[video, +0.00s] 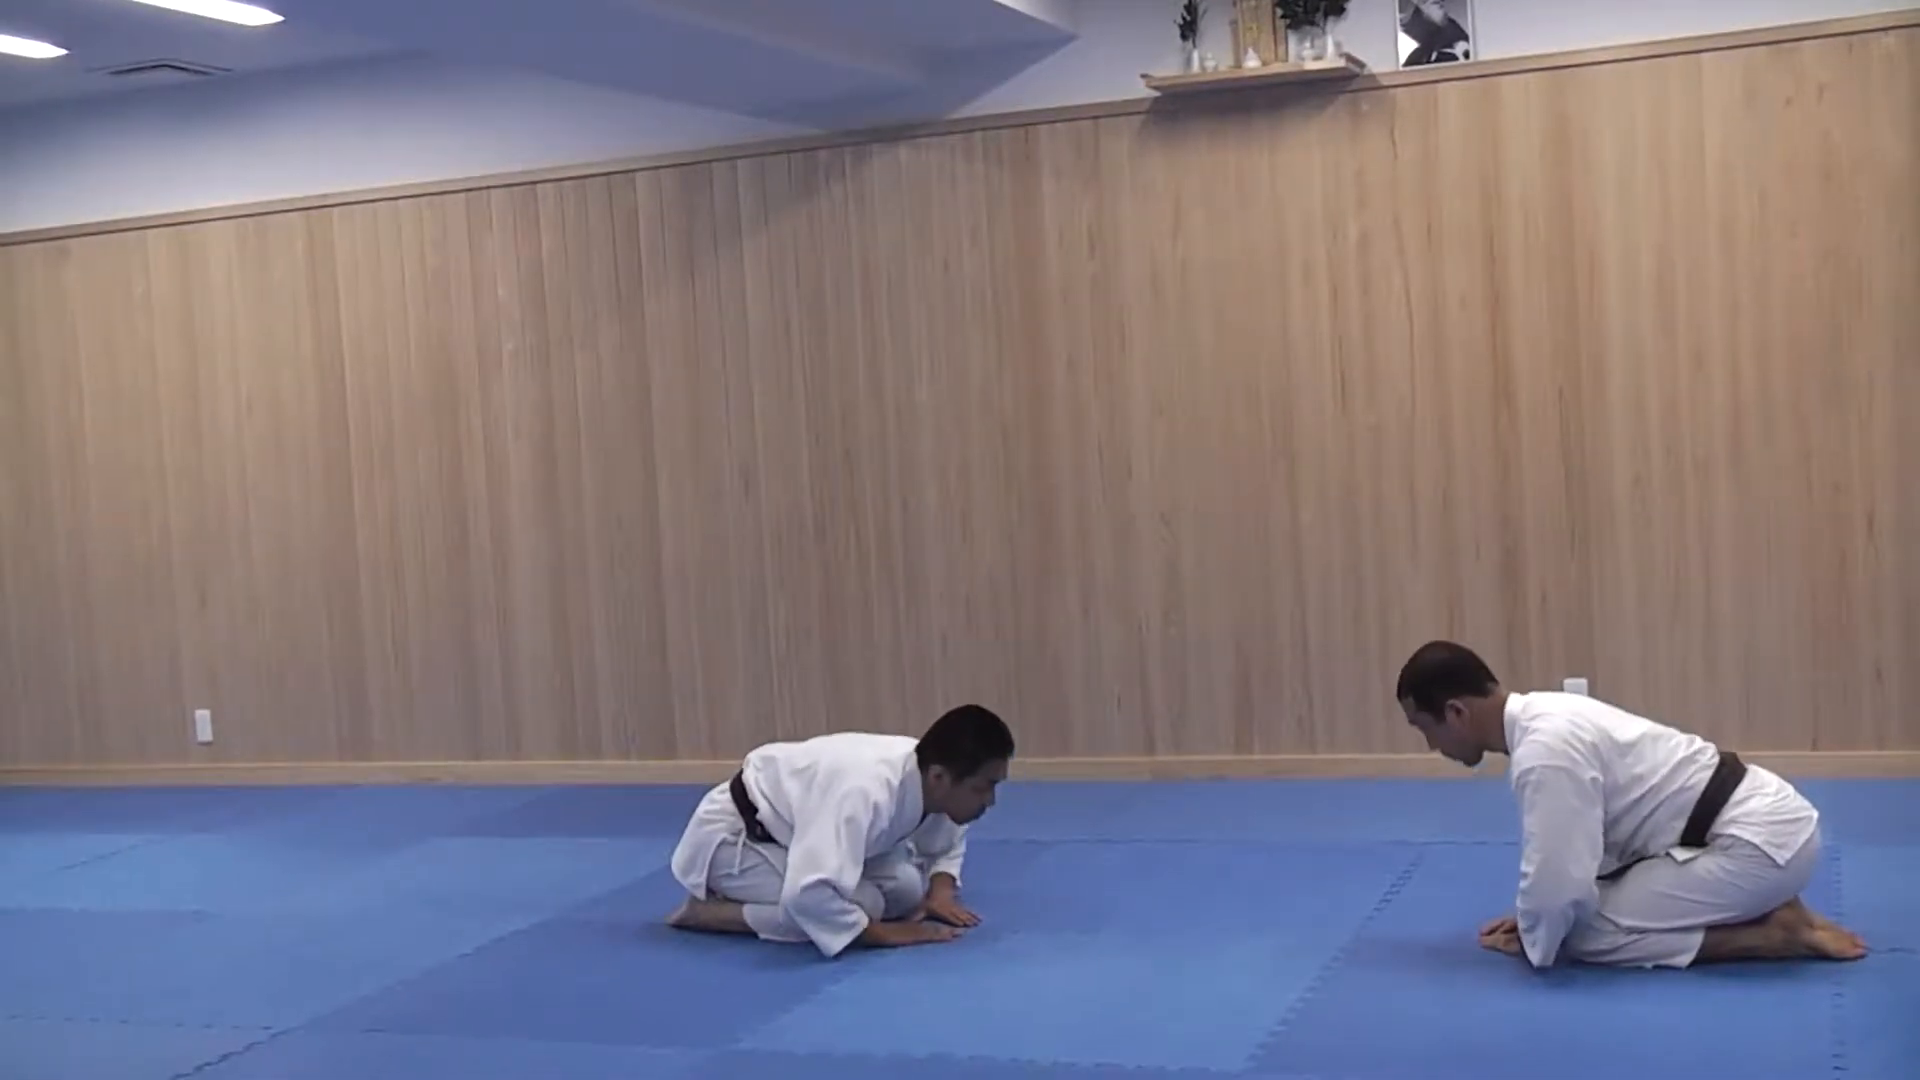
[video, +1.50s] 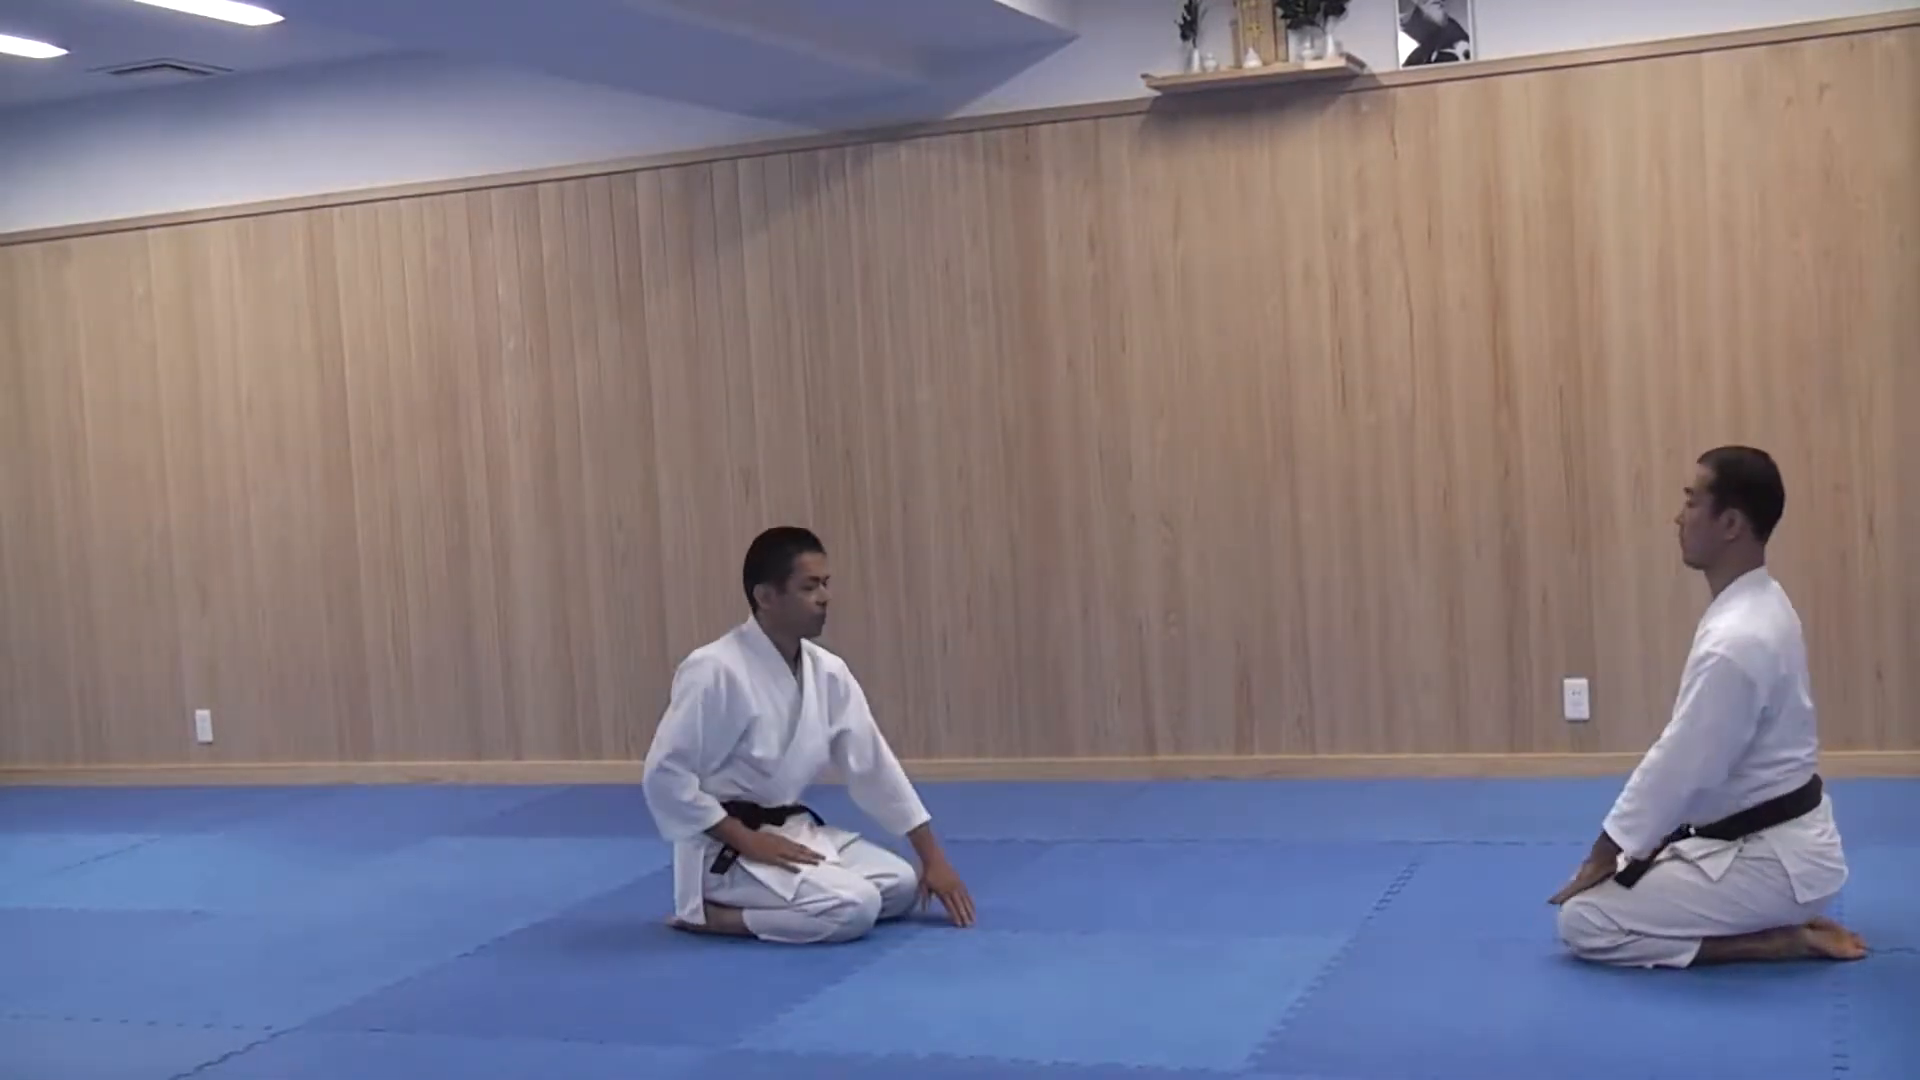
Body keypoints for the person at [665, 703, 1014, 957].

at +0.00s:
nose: (991, 801)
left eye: (995, 787)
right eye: (986, 788)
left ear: (940, 776)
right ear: (939, 778)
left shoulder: (937, 784)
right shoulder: (862, 789)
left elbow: (946, 840)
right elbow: (811, 894)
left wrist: (942, 891)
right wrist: (884, 933)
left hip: (798, 824)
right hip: (732, 838)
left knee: (906, 886)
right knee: (860, 906)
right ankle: (708, 914)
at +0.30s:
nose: (968, 723)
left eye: (968, 709)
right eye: (958, 711)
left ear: (911, 712)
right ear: (909, 711)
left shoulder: (917, 741)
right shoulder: (838, 743)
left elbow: (939, 810)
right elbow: (812, 864)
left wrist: (939, 892)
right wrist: (880, 933)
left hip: (800, 833)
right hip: (731, 845)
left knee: (903, 886)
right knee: (860, 907)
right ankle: (714, 916)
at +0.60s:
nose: (914, 654)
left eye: (914, 640)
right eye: (901, 642)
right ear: (854, 649)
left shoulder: (887, 702)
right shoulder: (802, 711)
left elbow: (908, 796)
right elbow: (817, 828)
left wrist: (937, 893)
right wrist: (880, 929)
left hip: (796, 835)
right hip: (731, 847)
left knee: (902, 885)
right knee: (845, 913)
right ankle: (716, 918)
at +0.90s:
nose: (896, 635)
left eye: (896, 621)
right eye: (881, 624)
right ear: (835, 632)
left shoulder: (876, 692)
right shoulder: (787, 698)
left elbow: (898, 793)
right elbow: (814, 819)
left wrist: (935, 889)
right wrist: (884, 914)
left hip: (796, 836)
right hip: (732, 847)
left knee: (902, 884)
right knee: (853, 910)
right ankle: (720, 920)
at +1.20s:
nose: (870, 617)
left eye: (871, 603)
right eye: (855, 606)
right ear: (809, 614)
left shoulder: (859, 687)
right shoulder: (755, 678)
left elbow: (889, 786)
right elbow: (719, 787)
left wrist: (934, 884)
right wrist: (812, 836)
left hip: (790, 832)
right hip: (726, 848)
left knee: (903, 884)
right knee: (853, 910)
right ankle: (712, 916)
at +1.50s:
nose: (825, 597)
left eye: (825, 585)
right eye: (811, 587)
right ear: (765, 597)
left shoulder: (828, 673)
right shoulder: (715, 671)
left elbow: (876, 767)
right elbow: (664, 775)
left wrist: (932, 857)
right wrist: (745, 840)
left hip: (793, 831)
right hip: (724, 847)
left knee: (901, 885)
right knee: (852, 909)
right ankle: (711, 917)